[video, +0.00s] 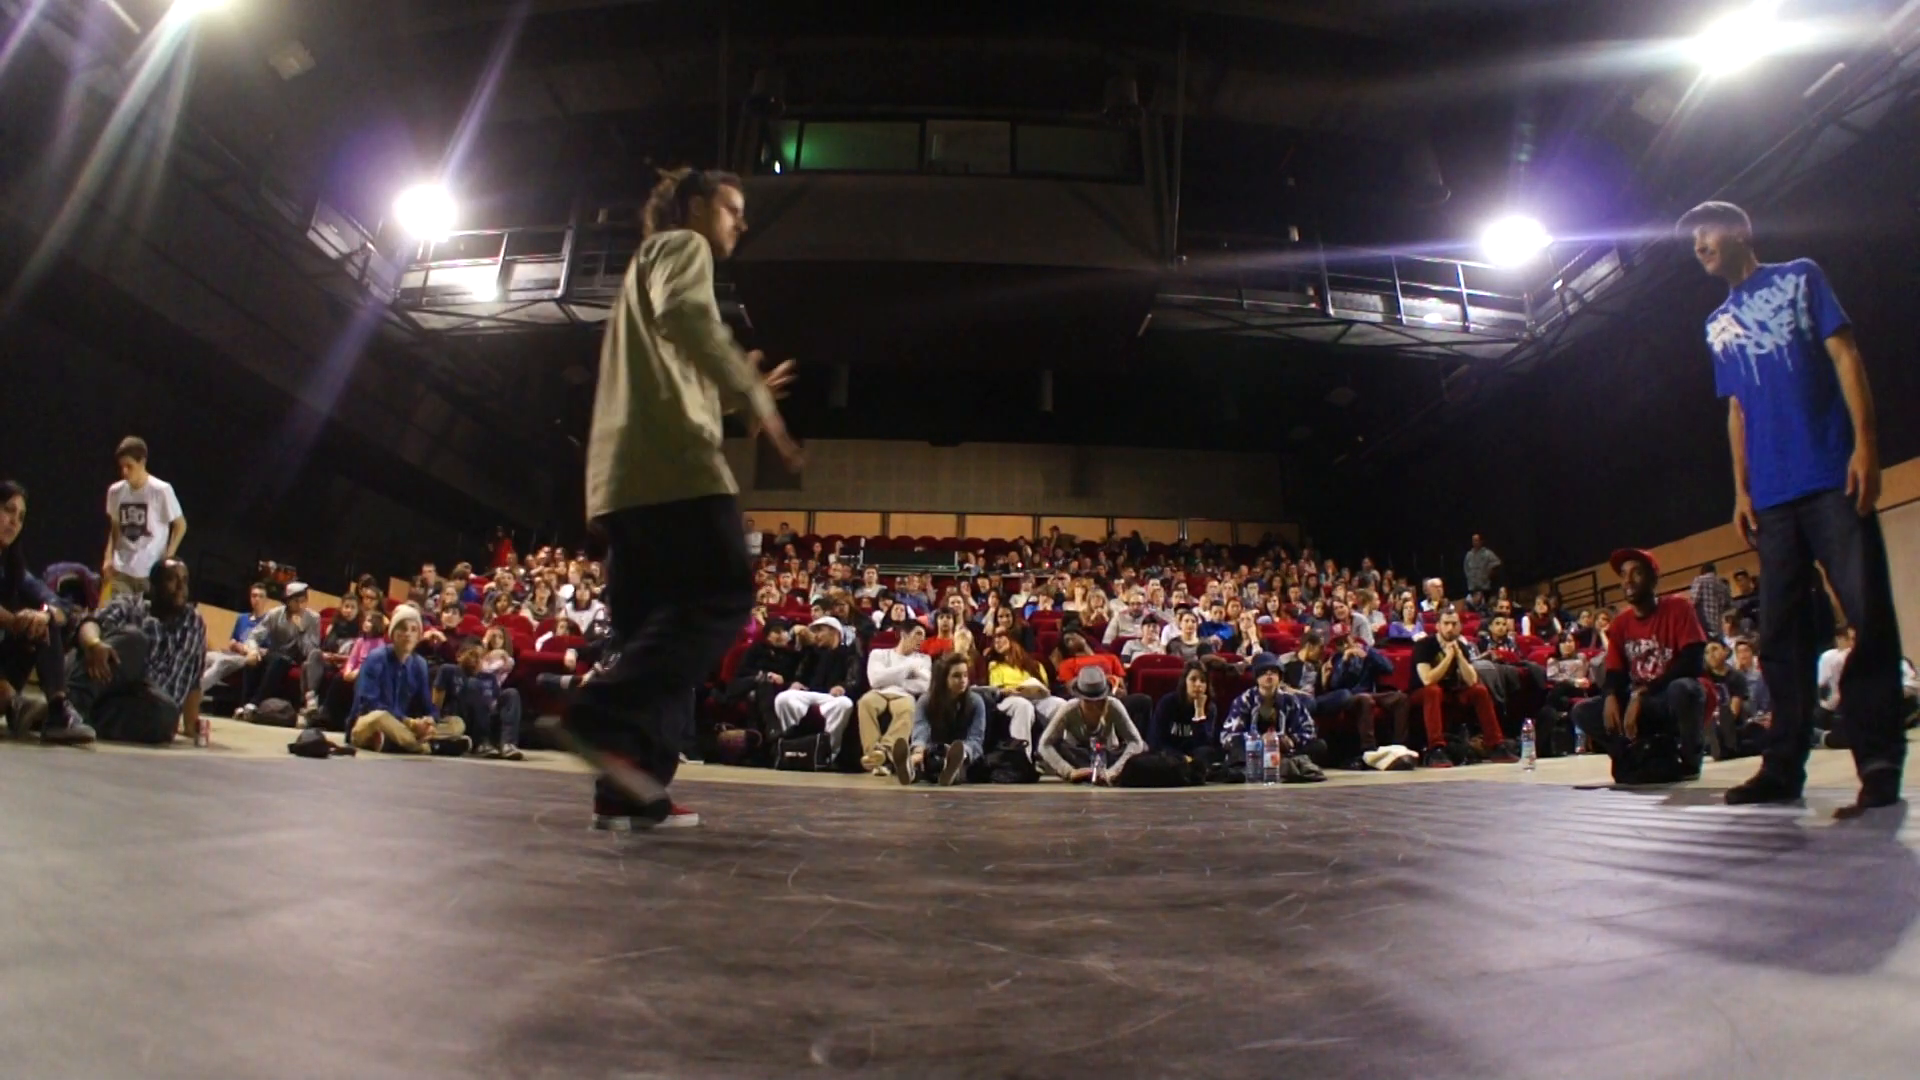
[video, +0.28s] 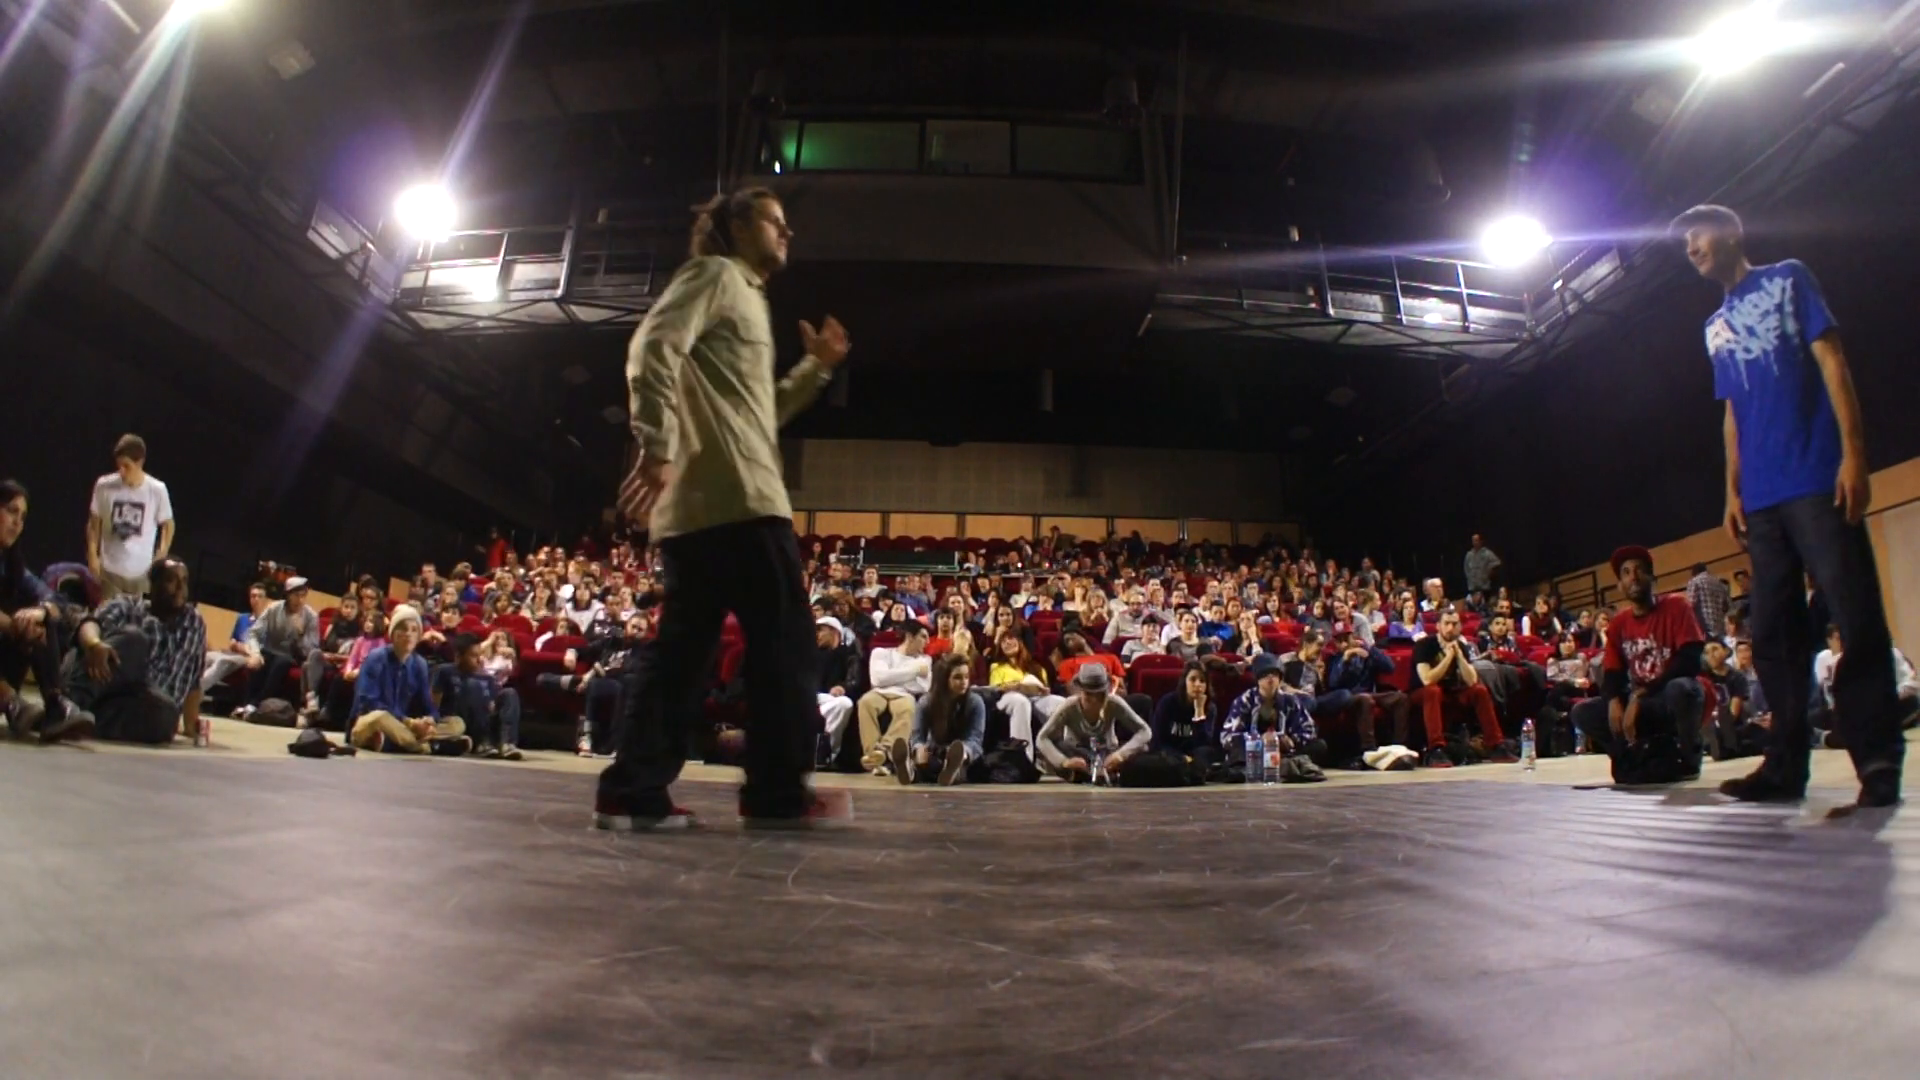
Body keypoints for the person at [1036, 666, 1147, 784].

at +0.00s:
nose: (1094, 707)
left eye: (1099, 701)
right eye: (1088, 702)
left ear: (1106, 696)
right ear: (1080, 698)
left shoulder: (1114, 706)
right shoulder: (1067, 709)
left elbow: (1136, 744)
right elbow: (1044, 746)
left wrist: (1112, 773)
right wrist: (1069, 772)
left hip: (1109, 754)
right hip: (1079, 755)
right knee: (1058, 746)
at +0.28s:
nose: (1094, 700)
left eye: (1100, 695)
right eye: (1089, 694)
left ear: (1106, 691)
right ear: (1081, 691)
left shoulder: (1115, 703)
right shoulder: (1068, 707)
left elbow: (1145, 732)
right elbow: (1042, 739)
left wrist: (1120, 755)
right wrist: (1063, 761)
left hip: (1107, 752)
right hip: (1078, 753)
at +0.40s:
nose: (1094, 687)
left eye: (1099, 682)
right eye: (1088, 681)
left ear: (1107, 684)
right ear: (1080, 682)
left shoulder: (1114, 701)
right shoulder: (1069, 704)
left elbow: (1146, 728)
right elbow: (1042, 735)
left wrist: (1123, 747)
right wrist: (1063, 753)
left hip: (1108, 752)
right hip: (1079, 754)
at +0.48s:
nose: (1095, 680)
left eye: (1101, 675)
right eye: (1090, 674)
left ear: (1108, 679)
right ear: (1081, 677)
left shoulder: (1115, 699)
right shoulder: (1069, 701)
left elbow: (1146, 726)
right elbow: (1043, 731)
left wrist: (1124, 741)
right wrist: (1063, 745)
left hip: (1108, 755)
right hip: (1078, 757)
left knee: (1139, 746)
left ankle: (1083, 776)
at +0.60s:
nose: (1095, 675)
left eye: (1101, 670)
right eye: (1090, 669)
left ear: (1108, 676)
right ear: (1082, 674)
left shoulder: (1116, 697)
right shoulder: (1071, 697)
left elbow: (1146, 723)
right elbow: (1044, 725)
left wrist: (1127, 731)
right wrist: (1066, 731)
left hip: (1109, 749)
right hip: (1080, 748)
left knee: (1139, 747)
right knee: (1057, 745)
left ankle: (1084, 775)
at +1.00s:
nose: (1098, 669)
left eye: (1104, 665)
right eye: (1094, 664)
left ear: (1113, 672)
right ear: (1086, 670)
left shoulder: (1119, 695)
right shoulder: (1073, 694)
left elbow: (1141, 723)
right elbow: (1047, 717)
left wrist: (1140, 731)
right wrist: (1068, 722)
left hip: (1109, 751)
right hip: (1080, 751)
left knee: (1139, 746)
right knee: (1057, 745)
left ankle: (1083, 774)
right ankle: (1099, 774)